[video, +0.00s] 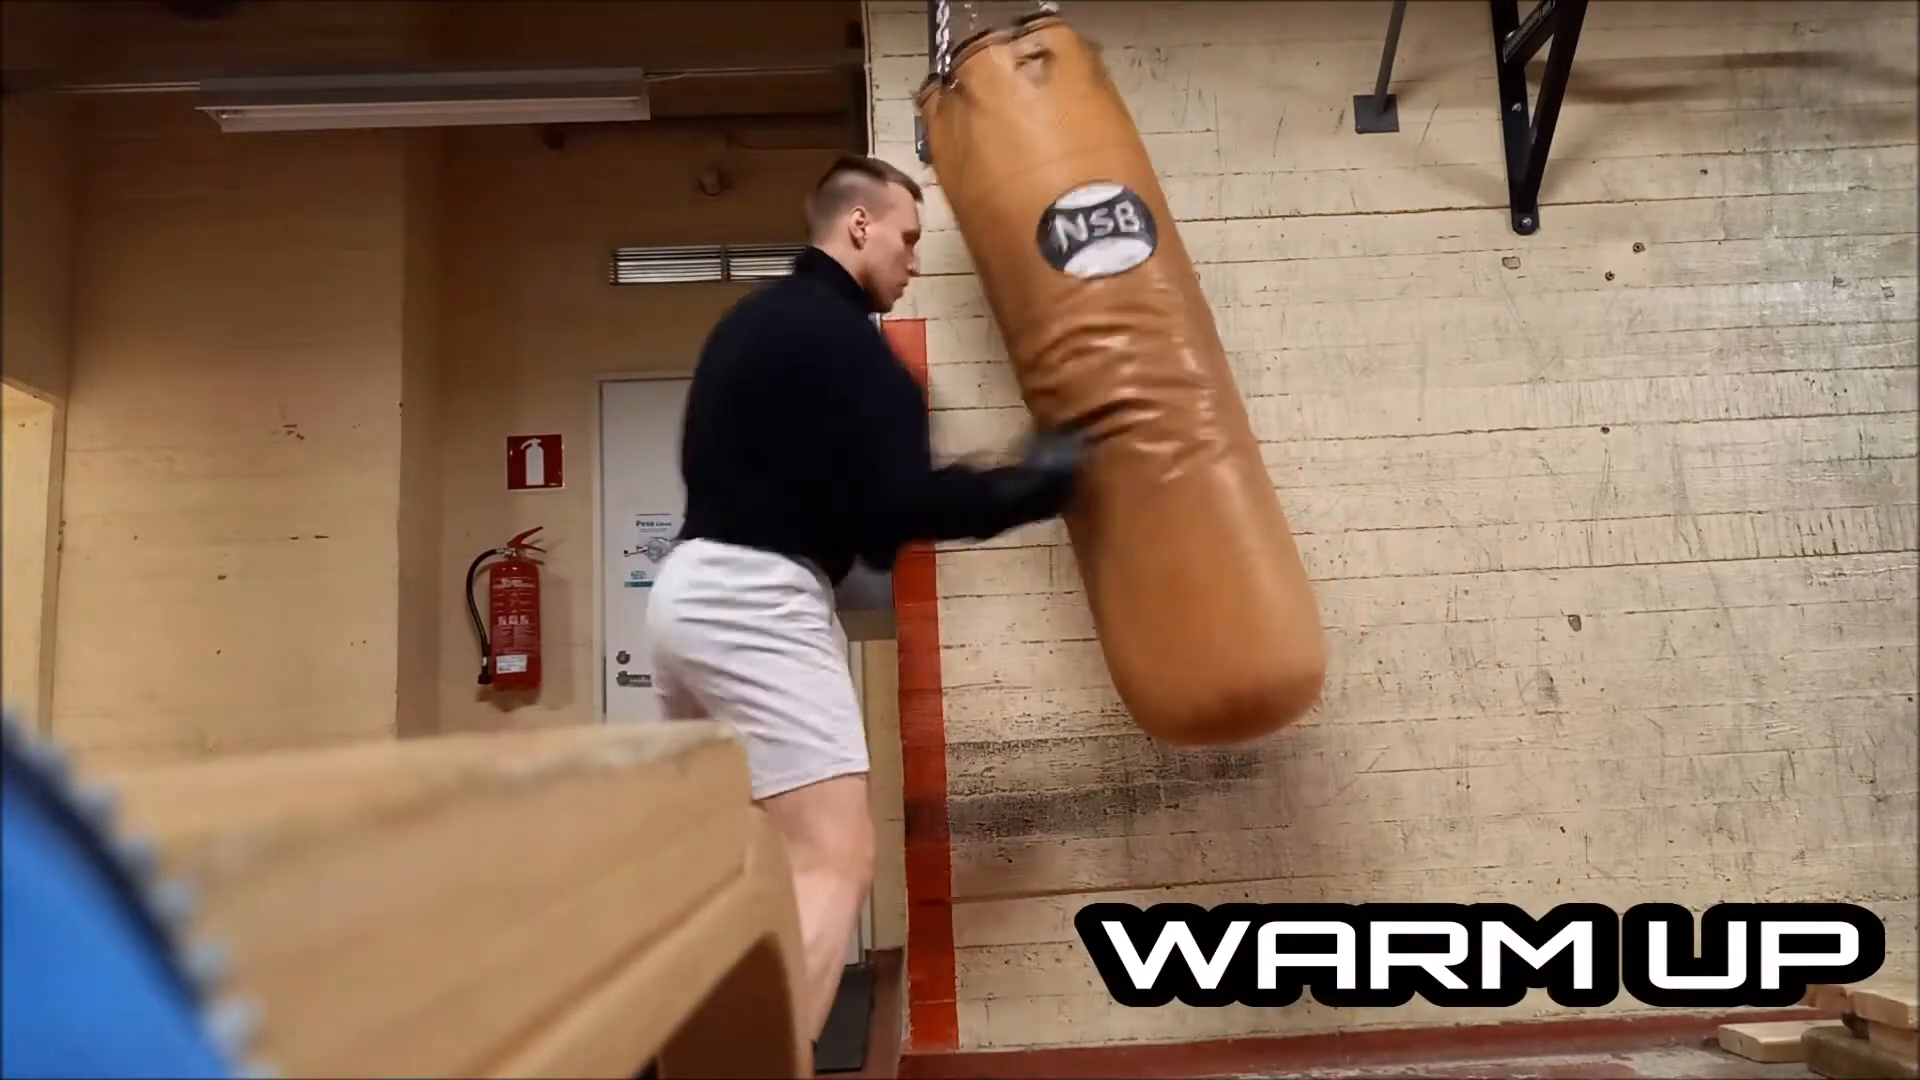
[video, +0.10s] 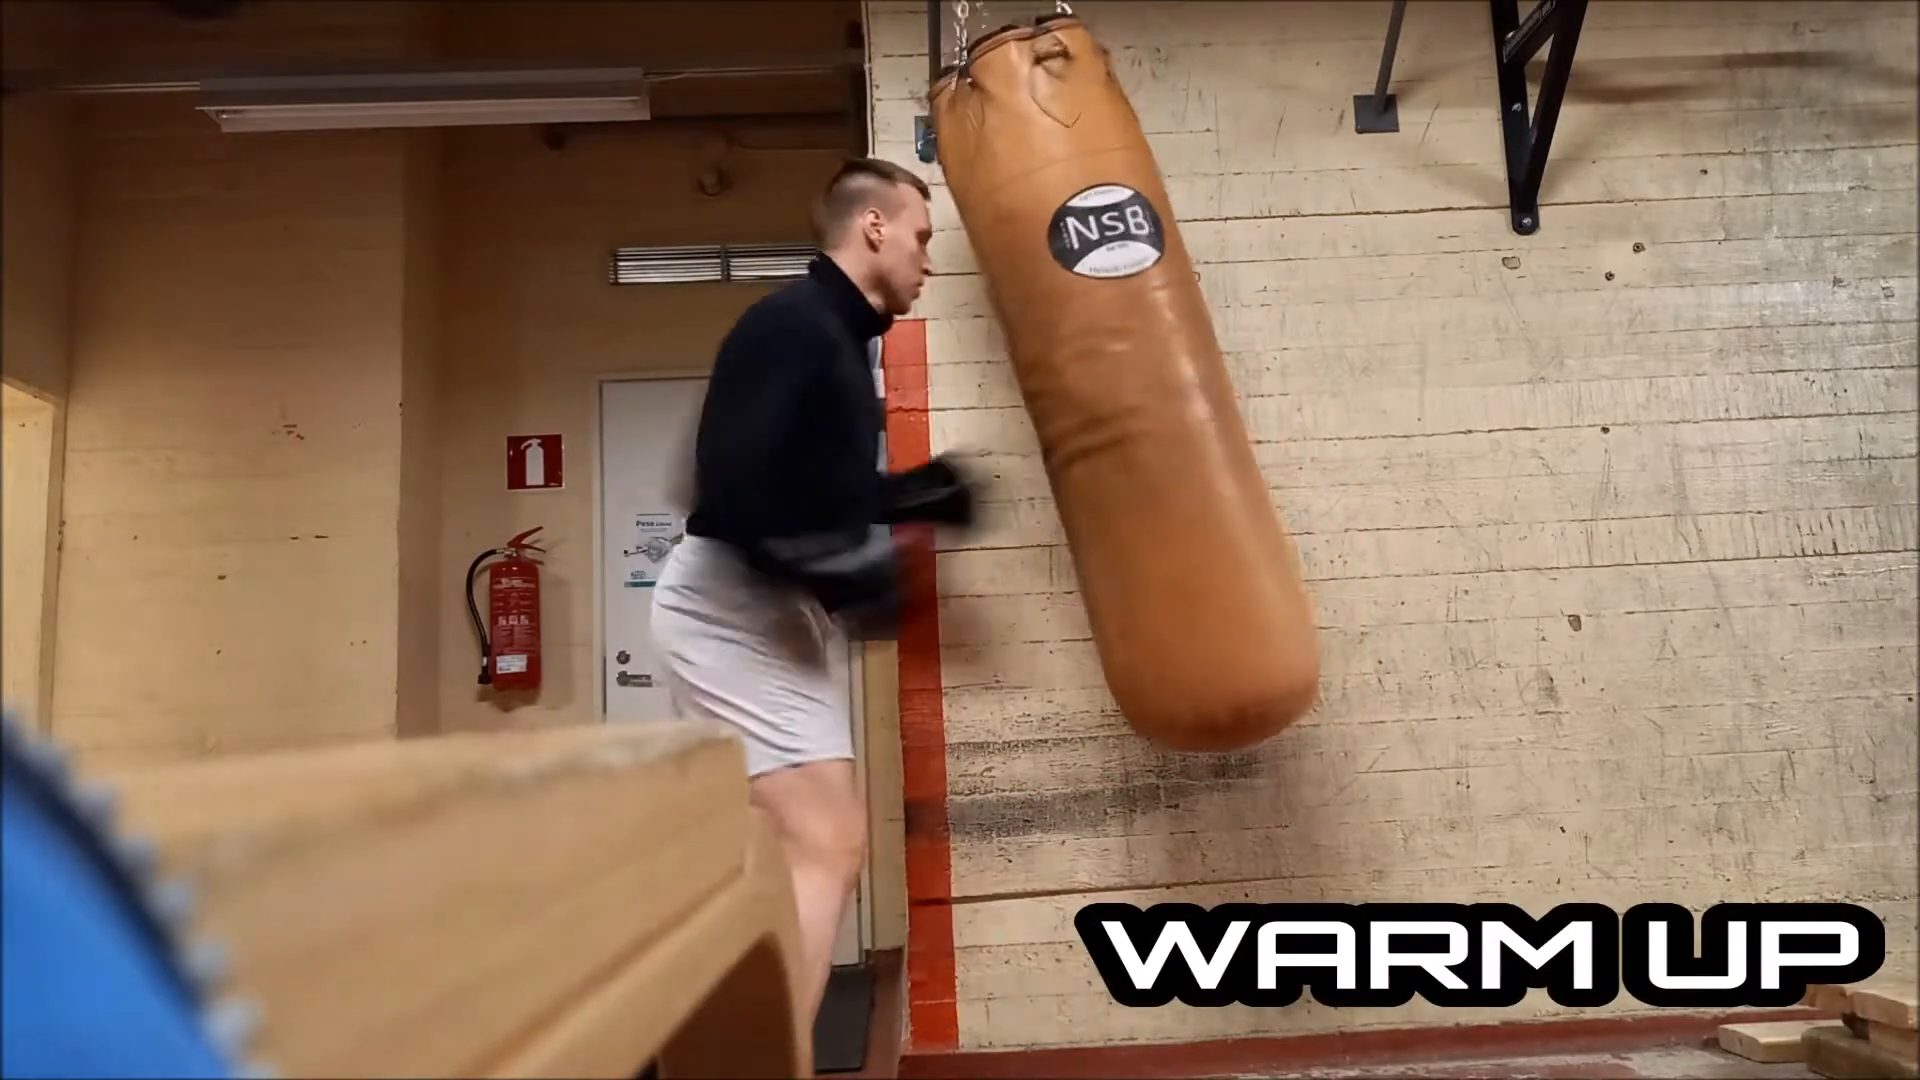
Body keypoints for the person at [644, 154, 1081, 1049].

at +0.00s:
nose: (916, 260)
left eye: (918, 241)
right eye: (908, 237)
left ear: (837, 233)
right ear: (858, 228)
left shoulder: (750, 323)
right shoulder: (846, 339)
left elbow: (856, 518)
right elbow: (899, 506)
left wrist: (968, 485)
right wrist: (1039, 483)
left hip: (688, 589)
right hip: (759, 601)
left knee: (719, 849)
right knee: (834, 856)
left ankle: (688, 1055)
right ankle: (775, 1066)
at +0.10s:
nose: (930, 258)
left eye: (930, 239)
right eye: (921, 238)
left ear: (866, 237)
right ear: (872, 233)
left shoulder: (835, 338)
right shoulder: (794, 330)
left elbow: (823, 498)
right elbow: (739, 504)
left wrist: (916, 492)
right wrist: (856, 569)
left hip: (768, 601)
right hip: (730, 603)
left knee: (796, 836)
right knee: (826, 837)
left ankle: (752, 1052)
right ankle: (786, 1060)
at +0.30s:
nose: (927, 268)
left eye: (927, 250)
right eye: (919, 248)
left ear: (861, 248)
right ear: (874, 247)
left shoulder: (798, 327)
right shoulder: (831, 333)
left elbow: (862, 500)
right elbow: (862, 499)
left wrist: (963, 485)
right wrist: (962, 494)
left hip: (674, 589)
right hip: (739, 591)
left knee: (747, 851)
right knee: (837, 851)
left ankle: (714, 1051)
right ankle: (771, 1059)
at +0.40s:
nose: (910, 261)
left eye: (912, 241)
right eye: (904, 239)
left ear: (837, 232)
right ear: (858, 230)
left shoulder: (736, 317)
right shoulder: (853, 344)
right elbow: (958, 469)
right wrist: (1060, 475)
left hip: (679, 582)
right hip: (760, 599)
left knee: (688, 841)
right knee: (833, 860)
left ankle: (670, 1047)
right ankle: (781, 1061)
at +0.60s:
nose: (939, 260)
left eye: (936, 242)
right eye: (927, 241)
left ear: (878, 245)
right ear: (879, 243)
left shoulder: (886, 366)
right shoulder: (776, 333)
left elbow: (902, 476)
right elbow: (639, 456)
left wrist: (997, 476)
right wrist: (647, 560)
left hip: (784, 622)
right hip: (727, 607)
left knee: (747, 853)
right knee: (816, 844)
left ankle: (696, 1055)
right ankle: (778, 1064)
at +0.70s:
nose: (938, 263)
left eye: (936, 246)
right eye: (928, 245)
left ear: (873, 250)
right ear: (881, 249)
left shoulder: (855, 371)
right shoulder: (805, 338)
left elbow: (898, 512)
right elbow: (678, 442)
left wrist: (990, 486)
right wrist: (696, 537)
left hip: (693, 598)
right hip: (738, 599)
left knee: (727, 850)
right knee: (828, 856)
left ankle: (691, 1052)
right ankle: (774, 1061)